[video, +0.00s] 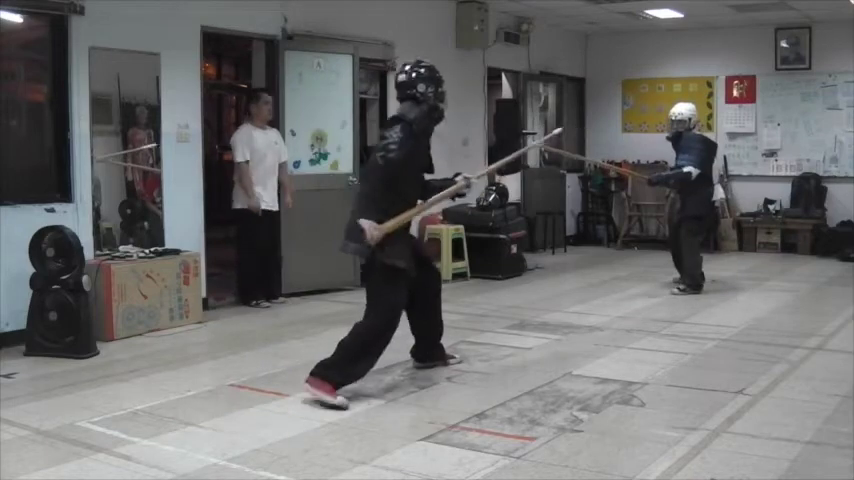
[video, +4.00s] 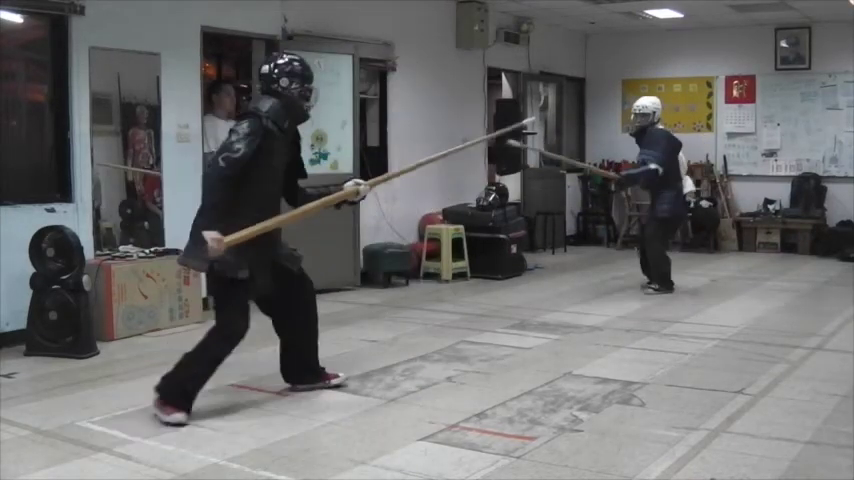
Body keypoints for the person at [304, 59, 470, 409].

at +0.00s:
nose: (441, 103)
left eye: (441, 96)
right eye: (436, 96)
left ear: (412, 97)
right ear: (422, 97)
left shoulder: (416, 134)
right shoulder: (401, 133)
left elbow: (413, 188)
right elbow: (374, 172)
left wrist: (449, 186)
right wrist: (367, 216)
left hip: (399, 233)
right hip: (382, 234)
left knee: (427, 281)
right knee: (384, 313)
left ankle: (429, 350)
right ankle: (325, 378)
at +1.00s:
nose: (408, 83)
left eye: (407, 75)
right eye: (402, 76)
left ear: (380, 77)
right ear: (387, 78)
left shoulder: (381, 121)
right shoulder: (363, 116)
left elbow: (388, 182)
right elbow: (330, 158)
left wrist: (424, 178)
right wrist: (323, 208)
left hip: (359, 230)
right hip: (336, 230)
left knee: (381, 286)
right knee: (354, 306)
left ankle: (370, 362)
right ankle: (314, 387)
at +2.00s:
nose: (424, 97)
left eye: (423, 89)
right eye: (419, 89)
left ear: (400, 90)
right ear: (403, 90)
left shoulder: (402, 132)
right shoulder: (379, 130)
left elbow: (410, 191)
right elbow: (345, 169)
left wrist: (450, 188)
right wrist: (340, 222)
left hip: (382, 234)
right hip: (357, 237)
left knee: (419, 272)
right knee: (366, 312)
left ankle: (408, 344)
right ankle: (316, 386)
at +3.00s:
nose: (375, 70)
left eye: (375, 63)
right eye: (369, 61)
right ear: (350, 60)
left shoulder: (354, 106)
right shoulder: (328, 92)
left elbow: (361, 175)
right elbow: (291, 126)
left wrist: (403, 187)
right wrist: (309, 146)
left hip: (322, 210)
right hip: (304, 210)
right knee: (344, 282)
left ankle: (280, 359)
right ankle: (372, 366)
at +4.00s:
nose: (307, 94)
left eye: (308, 88)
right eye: (301, 86)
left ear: (300, 90)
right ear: (280, 85)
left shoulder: (287, 133)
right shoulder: (255, 125)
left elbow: (296, 196)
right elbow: (219, 169)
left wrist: (339, 195)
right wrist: (210, 226)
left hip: (261, 241)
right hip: (227, 241)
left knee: (297, 295)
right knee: (232, 324)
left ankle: (303, 373)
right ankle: (172, 396)